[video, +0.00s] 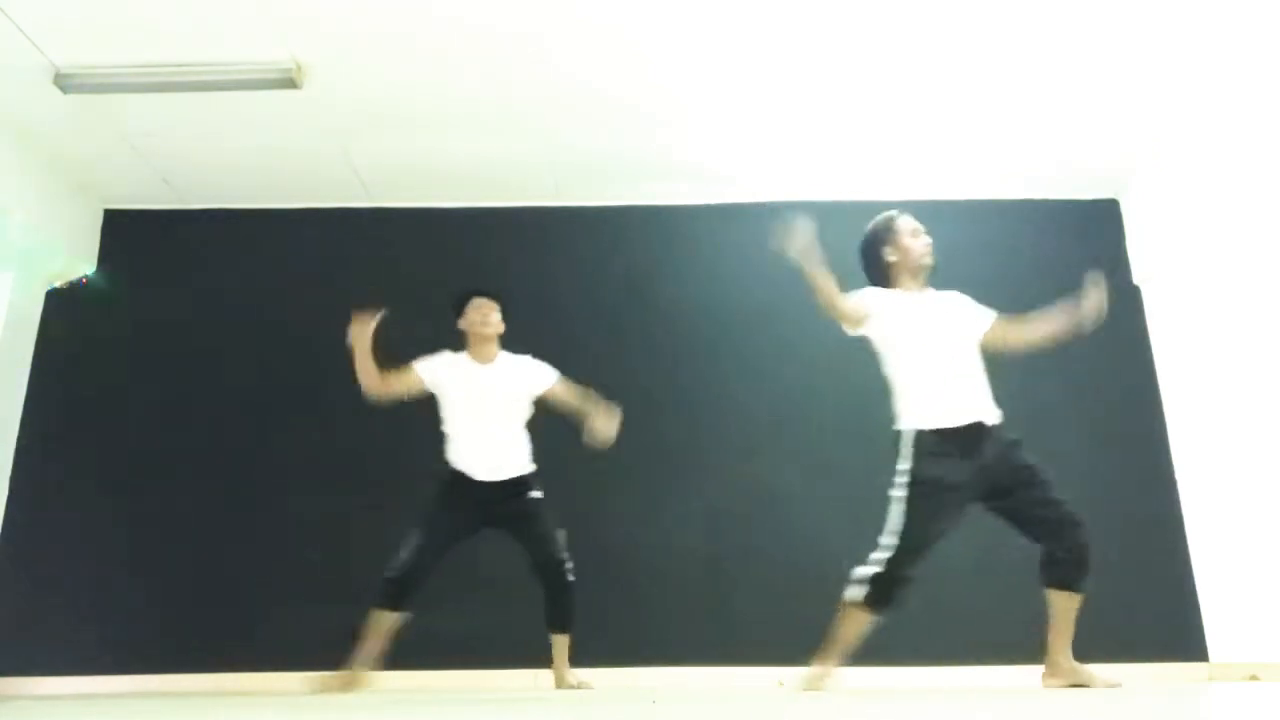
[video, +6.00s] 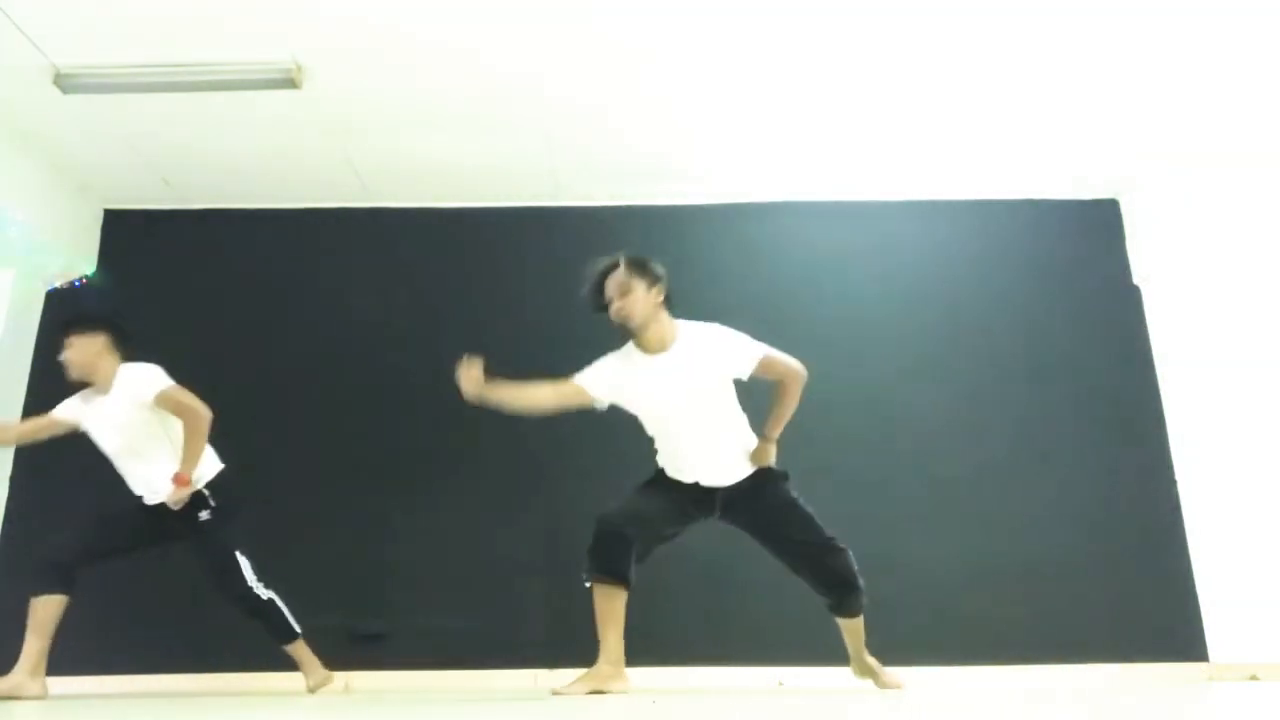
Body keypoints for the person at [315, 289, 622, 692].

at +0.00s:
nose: (491, 318)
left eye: (495, 312)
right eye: (480, 312)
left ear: (503, 322)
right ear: (462, 324)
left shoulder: (525, 370)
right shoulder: (443, 368)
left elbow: (581, 401)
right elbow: (378, 388)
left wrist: (602, 418)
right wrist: (361, 343)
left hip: (519, 491)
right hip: (461, 489)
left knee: (557, 569)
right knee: (406, 570)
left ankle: (563, 672)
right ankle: (359, 669)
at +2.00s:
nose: (475, 336)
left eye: (472, 329)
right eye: (473, 329)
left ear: (433, 324)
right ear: (462, 325)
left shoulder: (394, 354)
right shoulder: (477, 353)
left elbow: (336, 402)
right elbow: (537, 386)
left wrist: (312, 454)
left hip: (402, 461)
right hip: (459, 455)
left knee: (399, 571)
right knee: (517, 546)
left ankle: (442, 671)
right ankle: (537, 651)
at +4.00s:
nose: (687, 381)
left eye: (689, 374)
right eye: (682, 371)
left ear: (662, 372)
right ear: (656, 367)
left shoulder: (638, 397)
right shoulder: (650, 396)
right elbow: (636, 444)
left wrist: (657, 485)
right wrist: (664, 488)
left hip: (599, 497)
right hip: (589, 494)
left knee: (663, 573)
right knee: (640, 592)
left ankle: (709, 664)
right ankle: (563, 660)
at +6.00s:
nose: (63, 353)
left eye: (71, 342)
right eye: (62, 345)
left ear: (103, 342)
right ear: (88, 347)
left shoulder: (141, 378)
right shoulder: (81, 405)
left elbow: (198, 414)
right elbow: (27, 429)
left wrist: (185, 476)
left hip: (202, 500)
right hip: (156, 509)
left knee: (242, 587)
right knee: (62, 556)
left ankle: (314, 671)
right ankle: (28, 673)